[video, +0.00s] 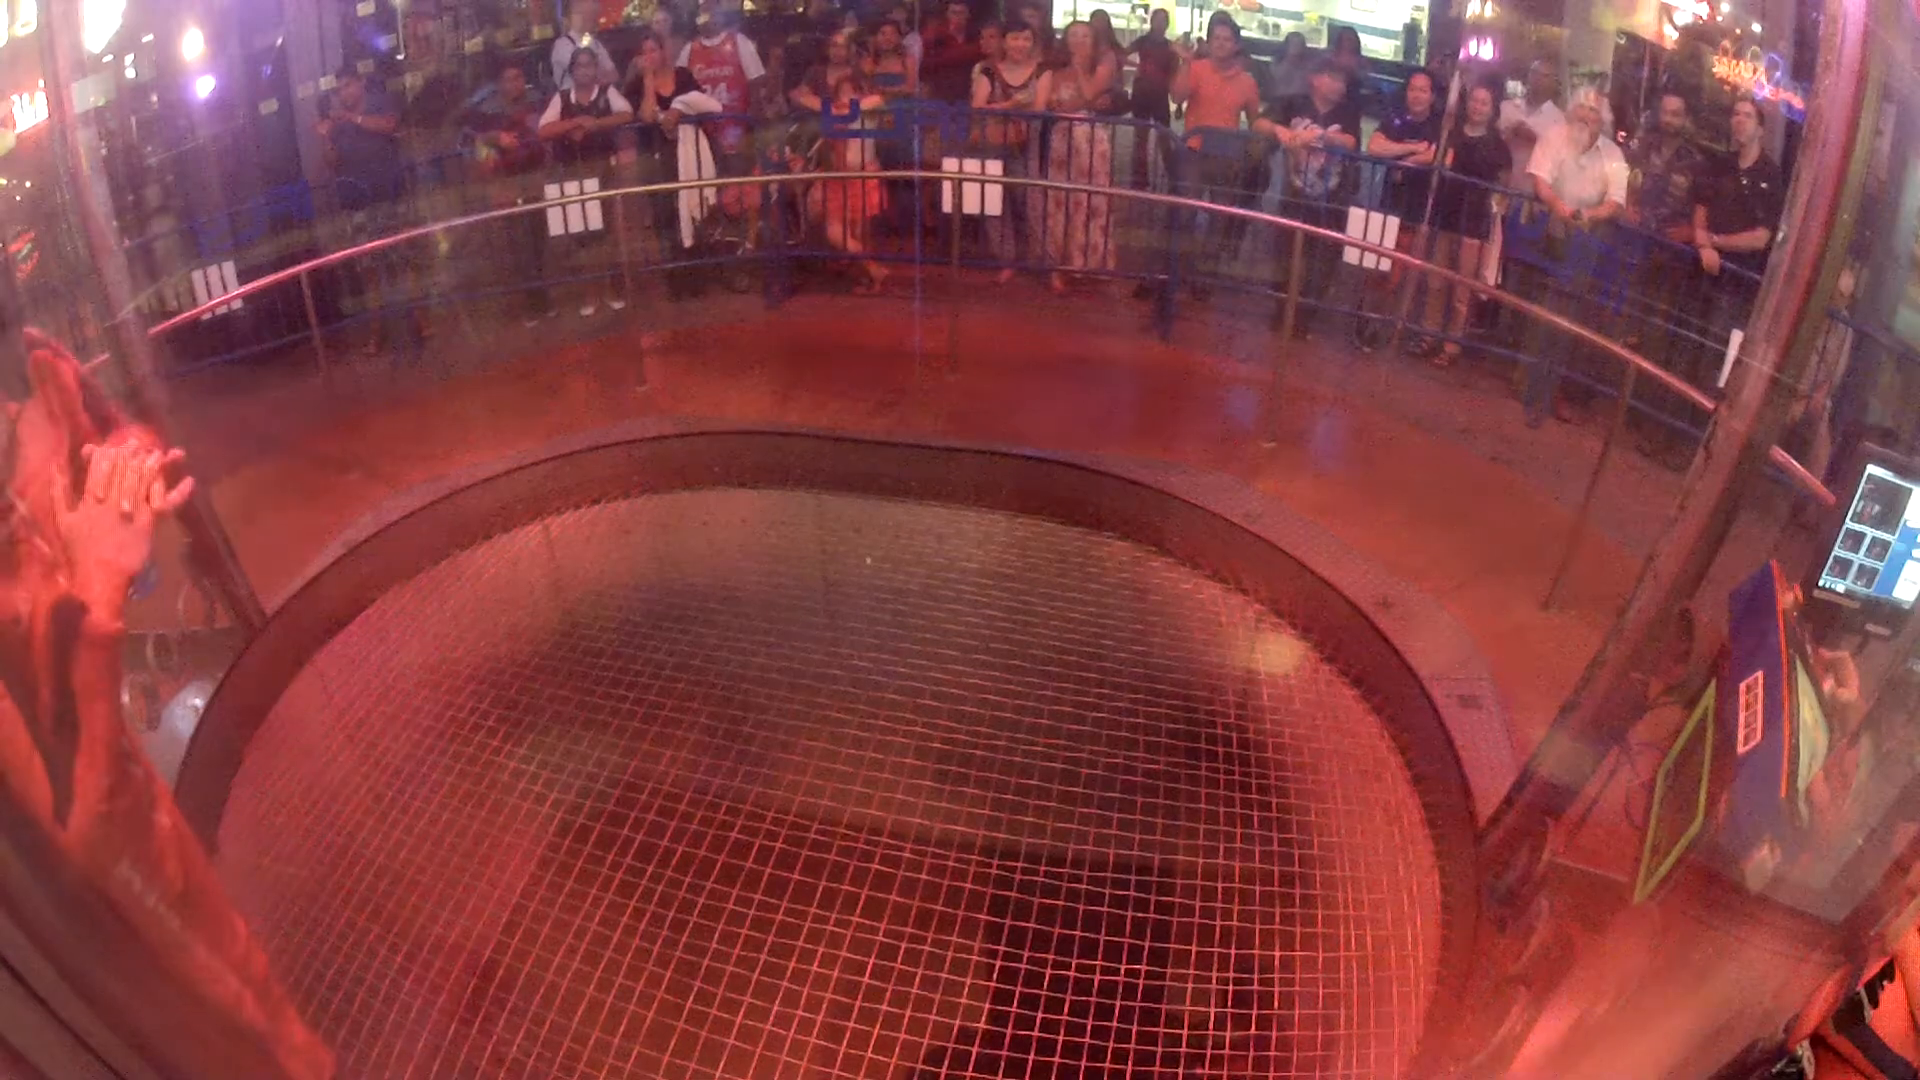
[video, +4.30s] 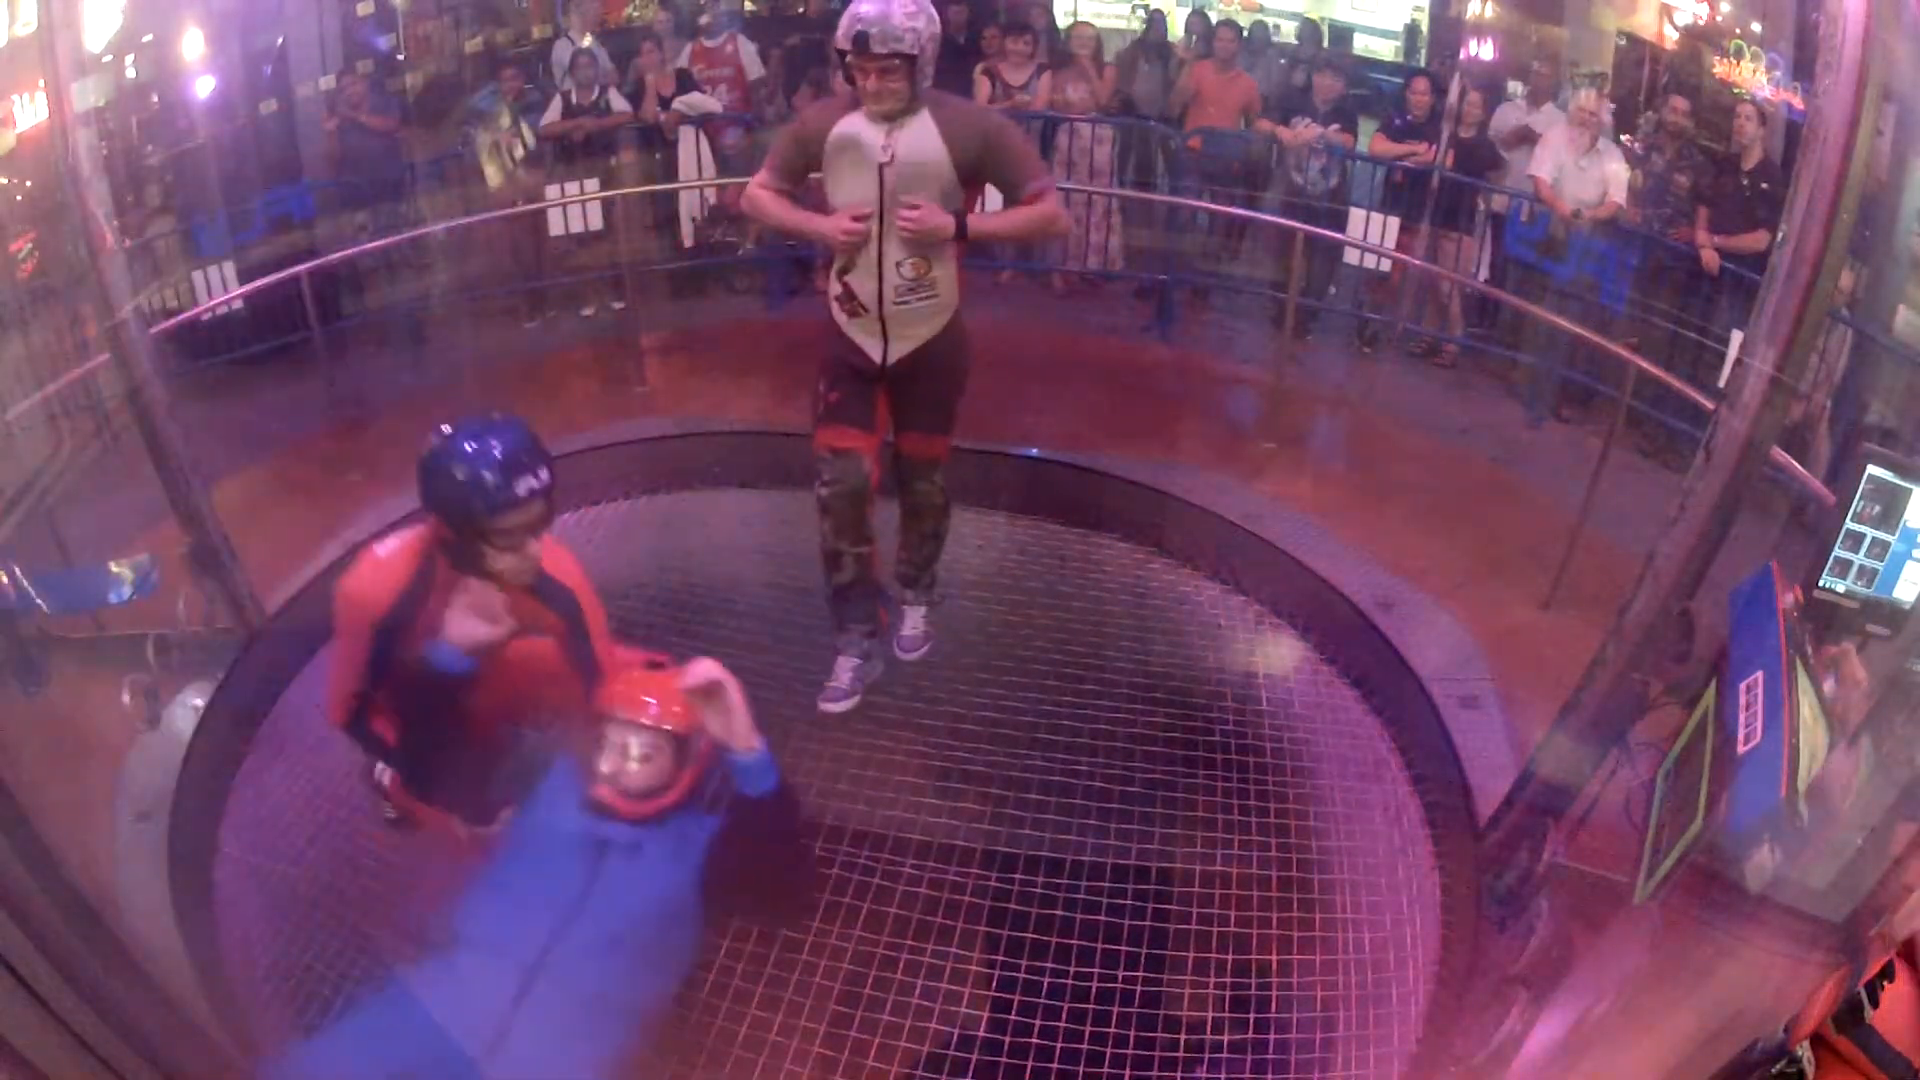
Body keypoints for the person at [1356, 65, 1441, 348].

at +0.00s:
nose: (1417, 95)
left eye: (1423, 90)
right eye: (1413, 89)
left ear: (1433, 97)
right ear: (1405, 93)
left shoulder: (1439, 127)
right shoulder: (1394, 120)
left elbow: (1438, 158)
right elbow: (1374, 147)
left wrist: (1400, 158)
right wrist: (1416, 148)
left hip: (1422, 212)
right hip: (1390, 207)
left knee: (1410, 273)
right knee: (1378, 268)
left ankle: (1398, 327)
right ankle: (1365, 320)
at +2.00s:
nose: (1416, 98)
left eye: (1422, 93)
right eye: (1412, 91)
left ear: (1432, 99)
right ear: (1404, 95)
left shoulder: (1439, 129)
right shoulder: (1394, 122)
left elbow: (1439, 159)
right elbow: (1375, 147)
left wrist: (1403, 158)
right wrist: (1416, 148)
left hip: (1422, 213)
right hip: (1390, 209)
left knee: (1408, 275)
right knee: (1378, 269)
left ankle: (1397, 326)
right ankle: (1368, 319)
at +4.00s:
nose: (1418, 99)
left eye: (1424, 94)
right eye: (1413, 93)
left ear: (1433, 99)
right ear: (1405, 95)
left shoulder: (1438, 129)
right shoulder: (1395, 121)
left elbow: (1440, 159)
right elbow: (1376, 148)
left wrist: (1404, 158)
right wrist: (1416, 149)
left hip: (1421, 214)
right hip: (1390, 210)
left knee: (1407, 276)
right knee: (1381, 272)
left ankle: (1396, 327)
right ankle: (1369, 321)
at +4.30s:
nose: (1419, 99)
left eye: (1425, 94)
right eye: (1414, 93)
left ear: (1433, 99)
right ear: (1405, 95)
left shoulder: (1438, 129)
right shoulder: (1395, 121)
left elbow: (1440, 159)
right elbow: (1375, 148)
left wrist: (1404, 158)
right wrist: (1416, 149)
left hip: (1421, 214)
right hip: (1390, 210)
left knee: (1407, 276)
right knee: (1380, 271)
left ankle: (1395, 326)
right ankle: (1369, 321)